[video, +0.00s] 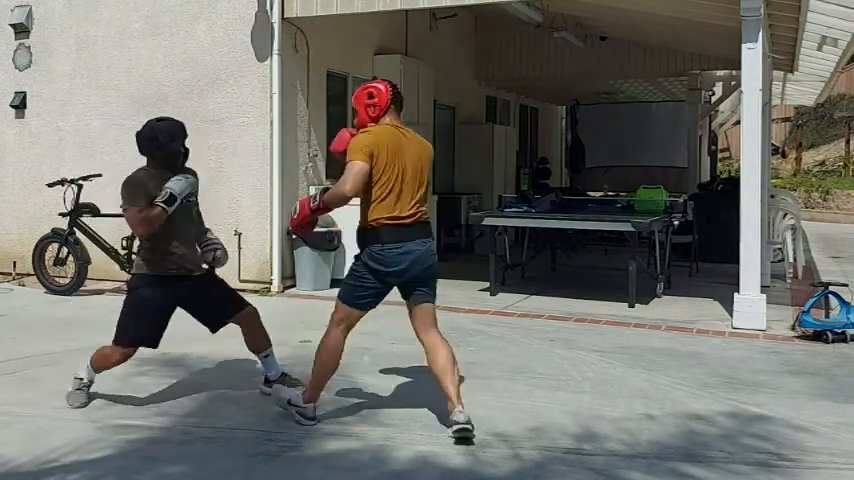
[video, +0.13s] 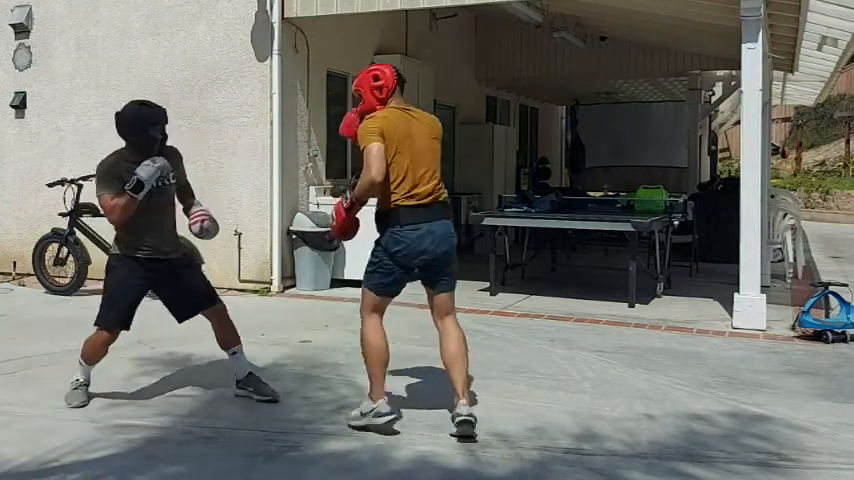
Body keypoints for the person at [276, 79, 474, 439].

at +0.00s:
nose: (358, 115)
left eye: (360, 108)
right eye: (358, 107)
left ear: (373, 105)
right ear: (396, 107)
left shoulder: (366, 139)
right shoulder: (423, 145)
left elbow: (349, 189)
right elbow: (396, 176)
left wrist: (315, 206)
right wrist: (358, 148)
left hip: (381, 250)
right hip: (421, 248)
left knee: (339, 325)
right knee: (430, 331)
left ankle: (309, 399)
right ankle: (457, 410)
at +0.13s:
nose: (360, 104)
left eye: (360, 99)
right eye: (359, 98)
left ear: (371, 95)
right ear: (394, 92)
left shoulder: (373, 122)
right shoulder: (431, 121)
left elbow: (374, 175)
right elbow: (416, 157)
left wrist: (351, 207)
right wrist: (368, 127)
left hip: (401, 231)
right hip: (442, 226)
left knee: (371, 312)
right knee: (446, 316)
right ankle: (463, 404)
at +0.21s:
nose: (361, 105)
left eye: (361, 99)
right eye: (360, 98)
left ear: (374, 97)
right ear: (397, 94)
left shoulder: (376, 126)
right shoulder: (434, 122)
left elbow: (375, 178)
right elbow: (408, 142)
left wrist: (347, 204)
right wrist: (366, 135)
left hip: (406, 235)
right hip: (446, 230)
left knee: (382, 317)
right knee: (450, 321)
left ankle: (402, 406)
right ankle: (472, 412)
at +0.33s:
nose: (361, 114)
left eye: (363, 107)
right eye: (360, 108)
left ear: (379, 106)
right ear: (401, 103)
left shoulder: (383, 141)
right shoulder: (436, 135)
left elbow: (378, 198)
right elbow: (413, 169)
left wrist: (341, 204)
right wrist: (371, 148)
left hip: (411, 250)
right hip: (449, 243)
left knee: (373, 321)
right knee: (453, 332)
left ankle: (400, 407)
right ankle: (473, 421)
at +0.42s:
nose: (353, 110)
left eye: (355, 104)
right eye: (352, 104)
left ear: (370, 103)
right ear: (392, 100)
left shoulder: (377, 133)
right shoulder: (429, 130)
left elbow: (367, 189)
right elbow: (407, 171)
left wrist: (334, 181)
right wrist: (360, 147)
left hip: (404, 245)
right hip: (443, 240)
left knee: (355, 315)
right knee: (449, 333)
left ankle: (367, 405)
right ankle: (472, 422)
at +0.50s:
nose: (347, 112)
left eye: (348, 105)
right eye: (346, 105)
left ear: (363, 104)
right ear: (385, 101)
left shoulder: (371, 134)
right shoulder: (421, 129)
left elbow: (347, 187)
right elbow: (379, 180)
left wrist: (324, 163)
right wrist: (354, 141)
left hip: (395, 246)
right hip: (436, 242)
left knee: (349, 324)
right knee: (445, 334)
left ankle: (329, 416)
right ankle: (472, 422)